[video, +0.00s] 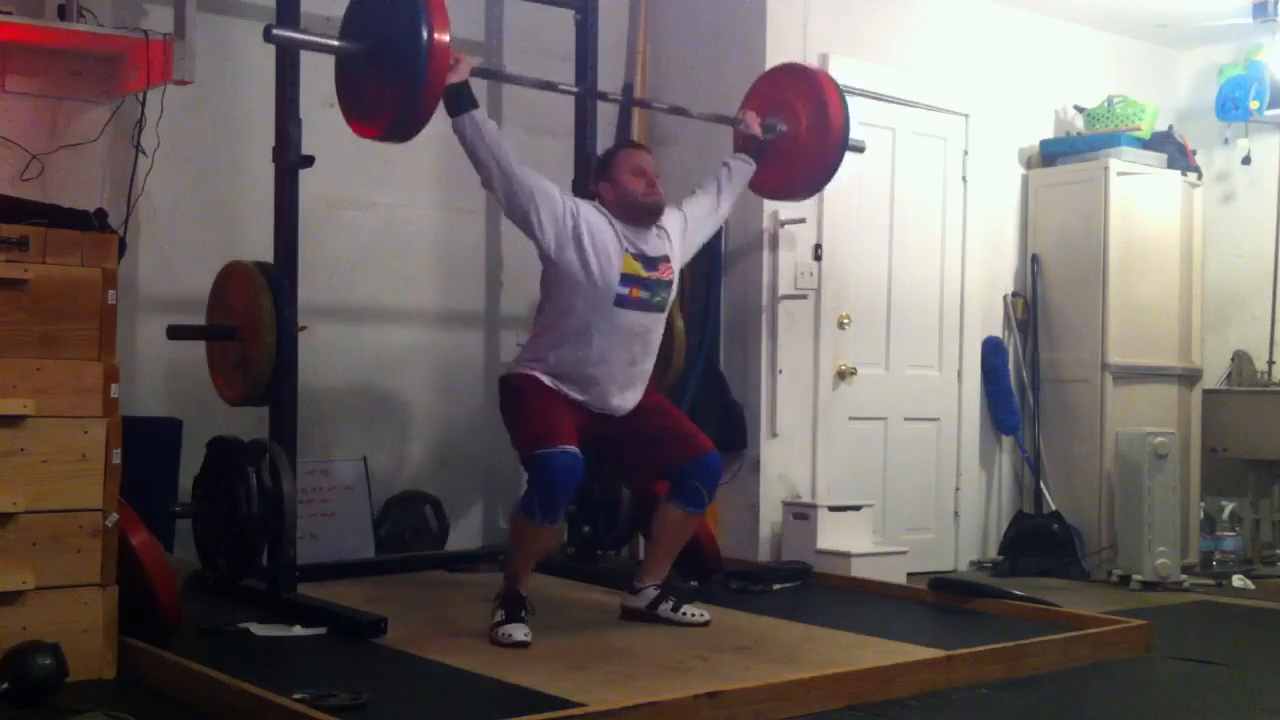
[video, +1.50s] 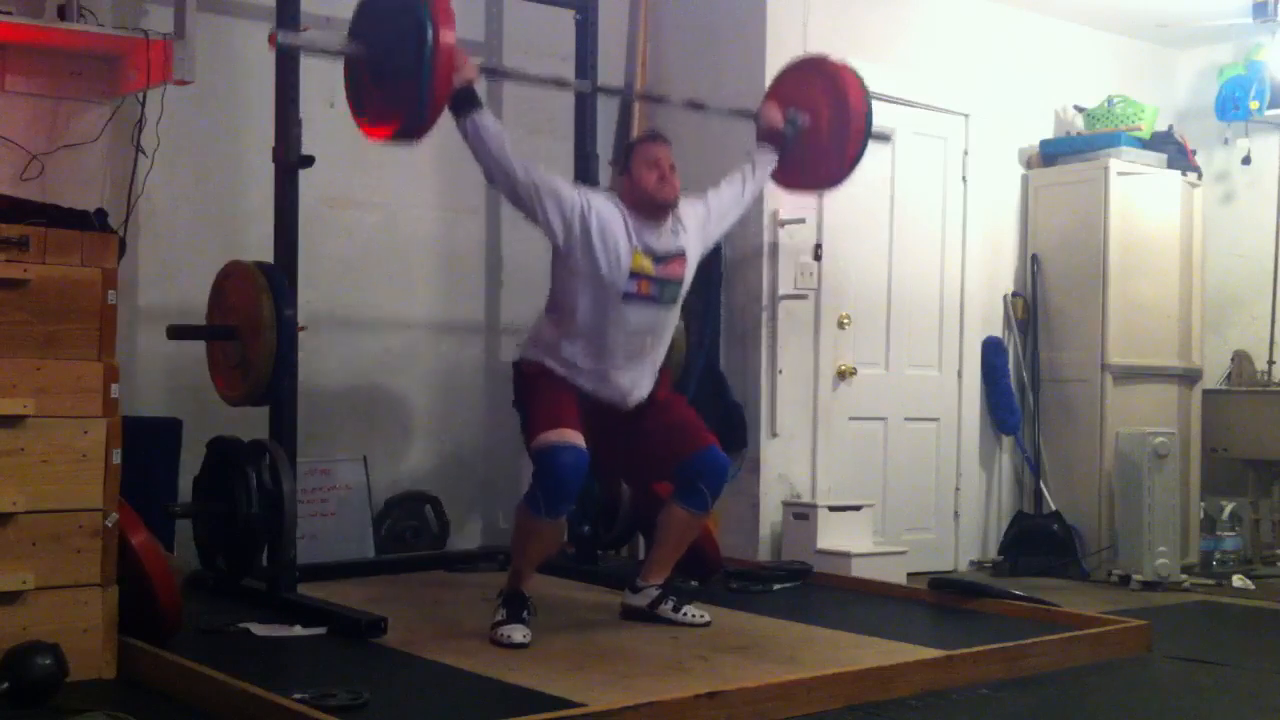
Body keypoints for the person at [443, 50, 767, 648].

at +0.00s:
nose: (653, 184)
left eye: (655, 176)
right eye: (638, 174)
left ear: (659, 189)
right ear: (601, 187)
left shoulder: (669, 235)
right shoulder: (574, 224)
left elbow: (714, 201)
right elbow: (506, 174)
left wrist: (746, 151)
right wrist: (459, 93)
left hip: (627, 400)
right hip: (548, 386)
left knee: (702, 468)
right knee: (560, 469)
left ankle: (647, 592)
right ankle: (513, 600)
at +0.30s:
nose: (663, 213)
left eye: (667, 205)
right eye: (649, 203)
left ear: (670, 214)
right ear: (613, 211)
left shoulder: (679, 259)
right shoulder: (581, 247)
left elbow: (722, 224)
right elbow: (508, 196)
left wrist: (755, 180)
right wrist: (459, 116)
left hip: (621, 409)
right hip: (543, 396)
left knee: (701, 466)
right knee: (561, 471)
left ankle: (646, 591)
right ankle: (512, 598)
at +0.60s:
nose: (665, 243)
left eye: (669, 235)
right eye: (651, 234)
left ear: (674, 243)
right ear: (618, 242)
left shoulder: (684, 288)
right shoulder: (584, 278)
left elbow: (729, 253)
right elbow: (513, 229)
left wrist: (766, 211)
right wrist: (464, 146)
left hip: (629, 429)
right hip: (550, 419)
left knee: (710, 469)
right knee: (564, 475)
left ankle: (647, 591)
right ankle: (514, 600)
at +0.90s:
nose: (670, 285)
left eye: (676, 278)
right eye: (656, 276)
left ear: (682, 287)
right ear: (623, 283)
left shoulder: (690, 328)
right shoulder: (587, 319)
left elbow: (736, 291)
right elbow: (516, 275)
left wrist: (770, 244)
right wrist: (466, 199)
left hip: (636, 461)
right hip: (553, 453)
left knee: (719, 474)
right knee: (575, 493)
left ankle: (647, 592)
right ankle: (517, 601)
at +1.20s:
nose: (671, 252)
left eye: (678, 245)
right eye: (658, 243)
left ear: (684, 255)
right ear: (628, 251)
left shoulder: (692, 297)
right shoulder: (589, 285)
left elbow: (733, 257)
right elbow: (514, 241)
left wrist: (772, 211)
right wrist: (466, 170)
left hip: (635, 436)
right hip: (555, 426)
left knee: (717, 473)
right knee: (572, 485)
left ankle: (648, 591)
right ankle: (517, 599)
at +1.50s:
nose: (666, 175)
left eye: (672, 167)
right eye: (652, 166)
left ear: (679, 180)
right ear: (621, 177)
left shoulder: (690, 224)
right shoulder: (585, 212)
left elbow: (742, 188)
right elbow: (512, 172)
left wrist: (772, 143)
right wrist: (466, 97)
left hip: (636, 388)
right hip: (558, 374)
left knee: (707, 468)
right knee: (564, 470)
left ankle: (648, 590)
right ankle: (515, 599)